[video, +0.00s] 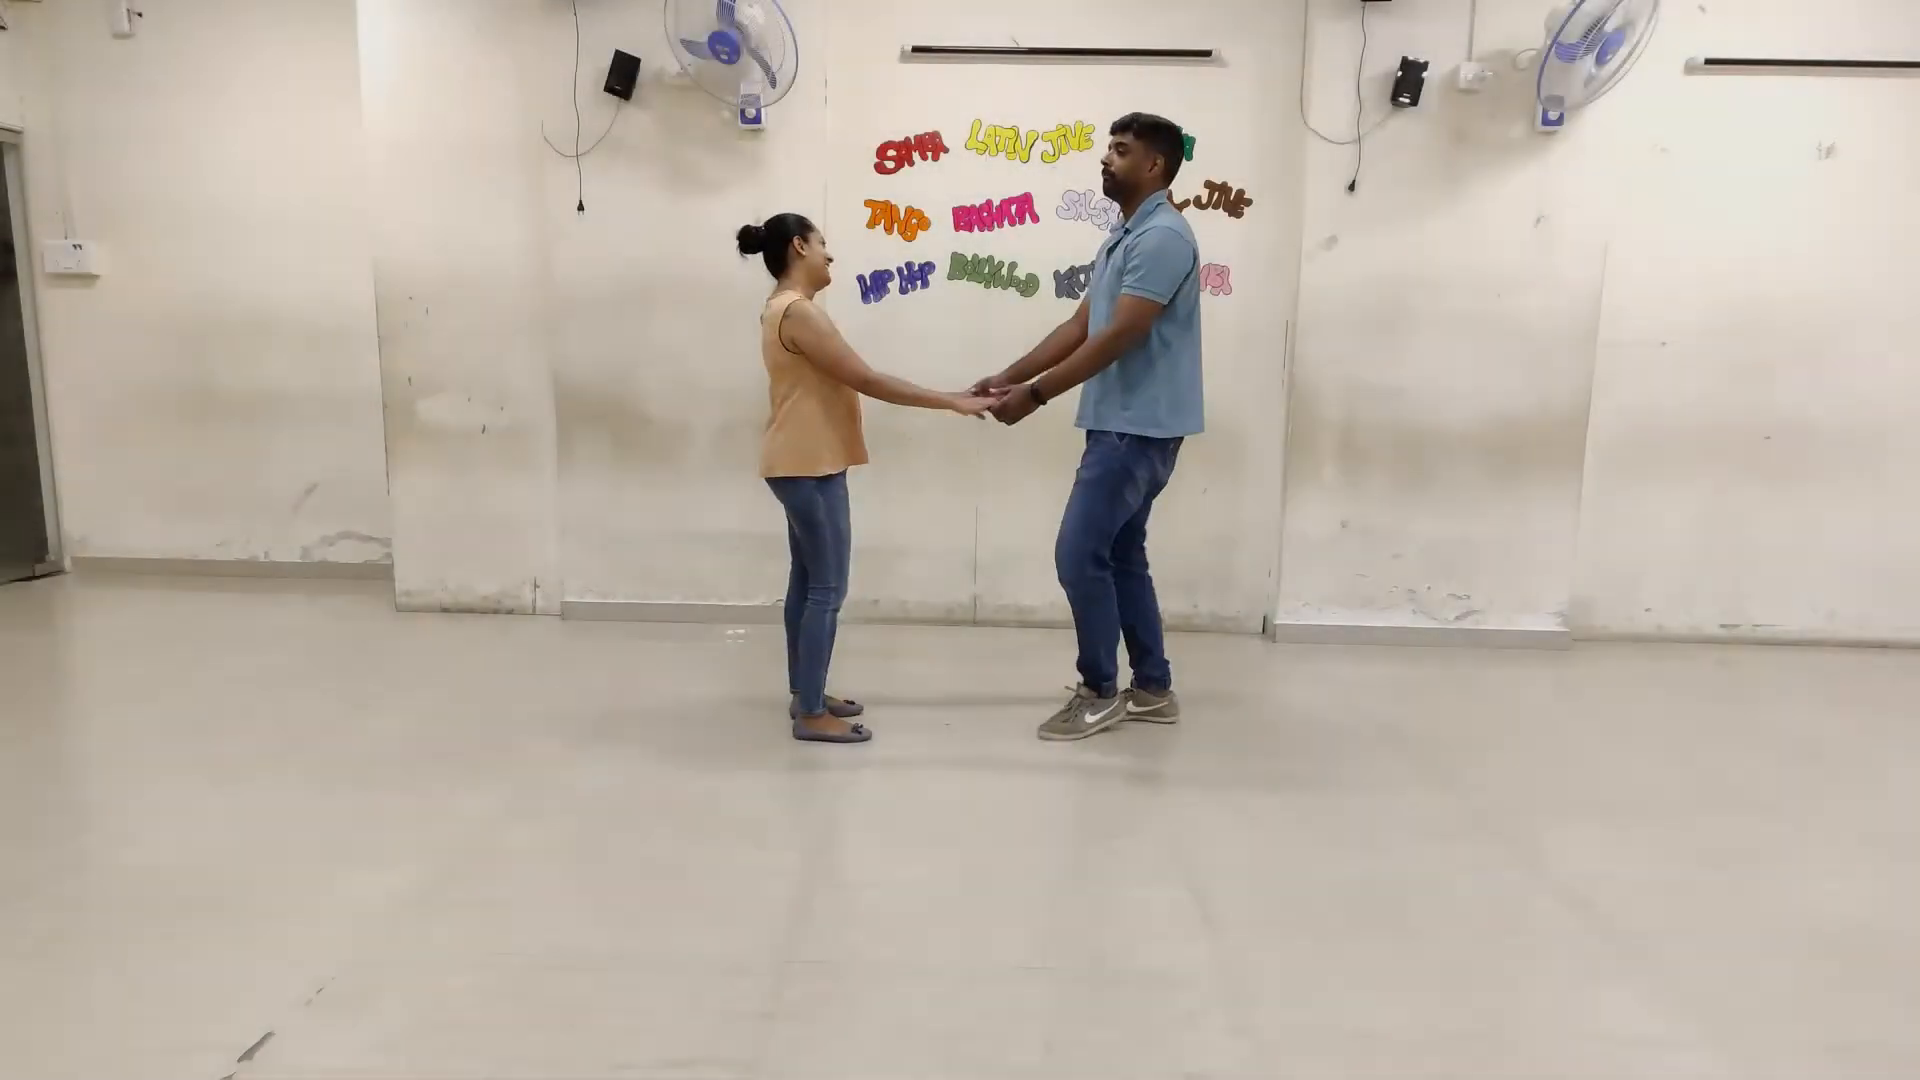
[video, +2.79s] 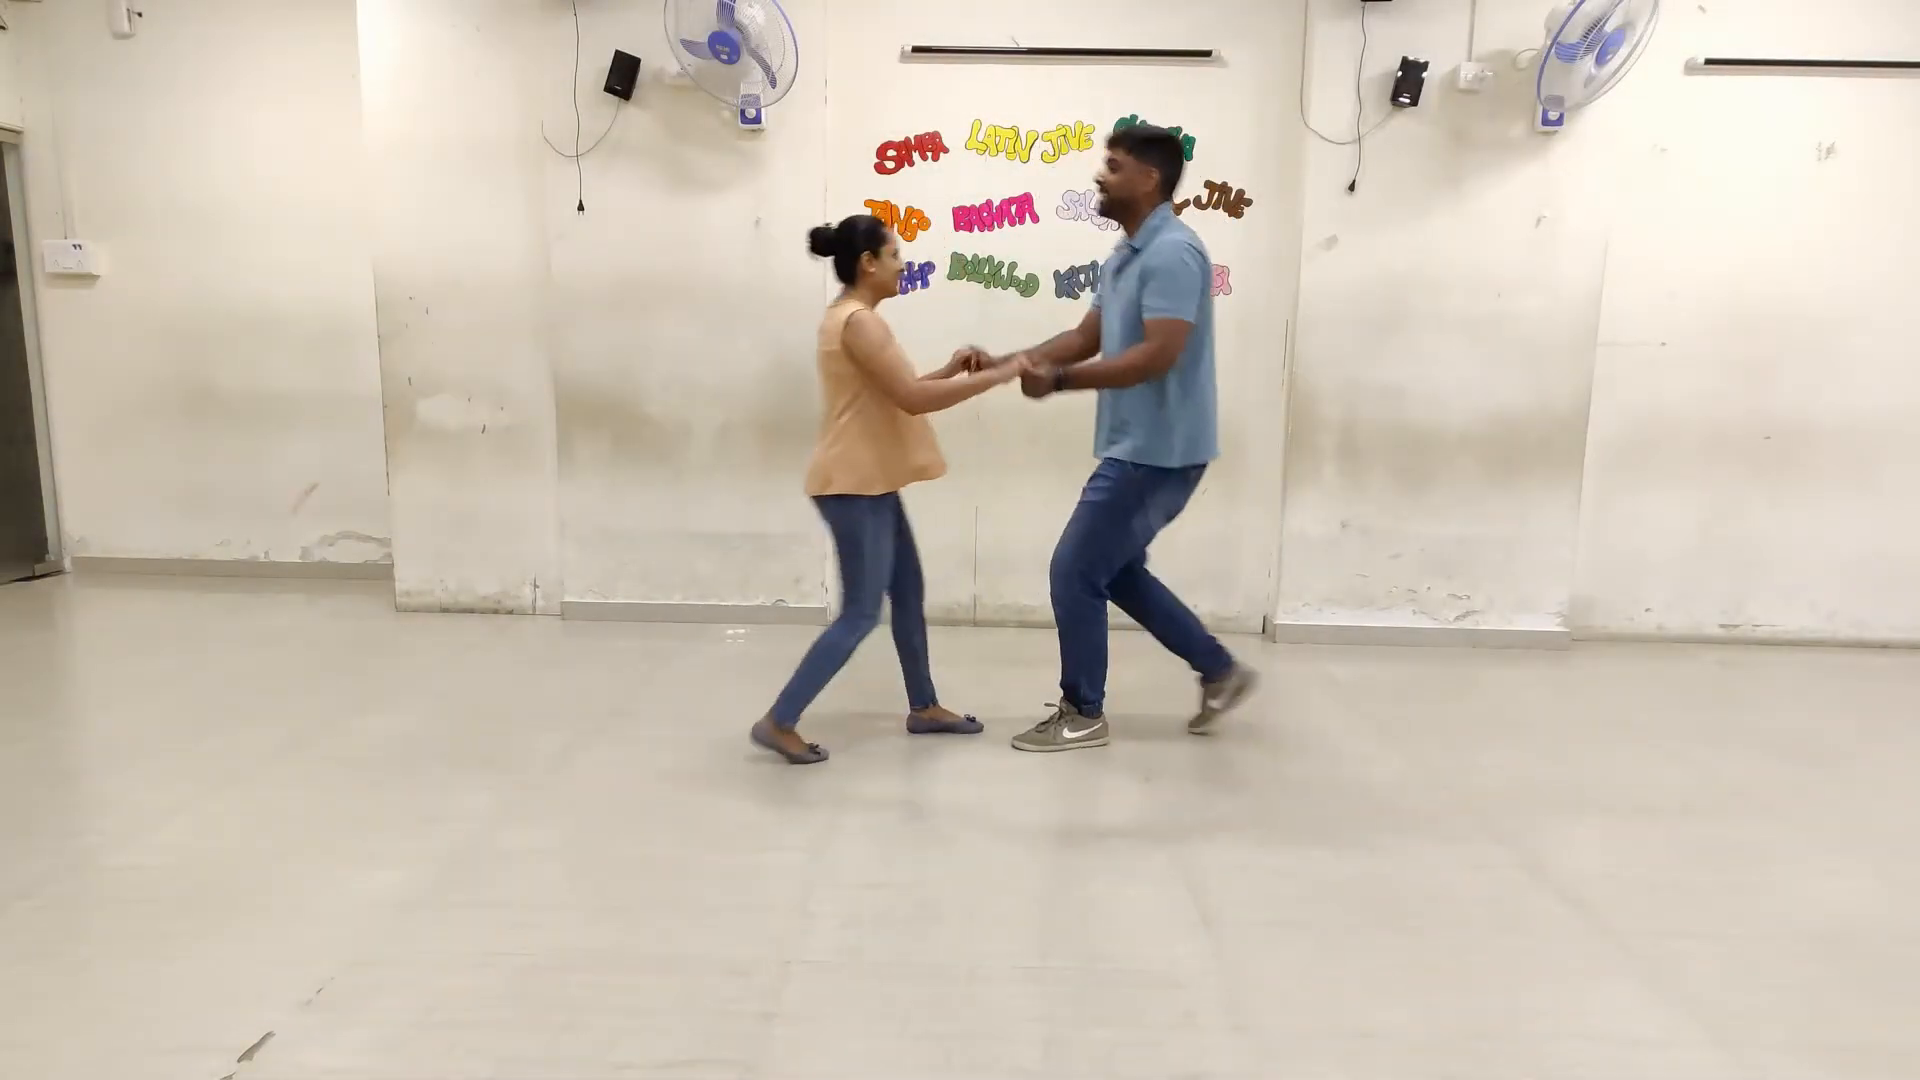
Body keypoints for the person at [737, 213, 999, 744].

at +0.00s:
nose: (830, 254)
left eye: (826, 244)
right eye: (823, 244)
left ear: (793, 251)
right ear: (800, 247)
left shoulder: (783, 310)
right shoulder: (797, 312)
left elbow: (861, 379)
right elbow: (865, 379)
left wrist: (944, 401)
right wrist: (950, 400)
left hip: (801, 463)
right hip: (812, 465)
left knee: (807, 584)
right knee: (827, 591)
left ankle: (807, 693)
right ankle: (812, 714)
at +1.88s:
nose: (847, 244)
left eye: (842, 235)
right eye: (835, 238)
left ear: (813, 251)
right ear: (806, 252)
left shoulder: (817, 305)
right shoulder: (804, 309)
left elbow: (886, 362)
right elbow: (889, 363)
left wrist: (958, 342)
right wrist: (967, 336)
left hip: (839, 468)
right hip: (806, 472)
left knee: (885, 563)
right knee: (820, 593)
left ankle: (867, 683)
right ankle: (795, 718)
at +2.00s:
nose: (873, 250)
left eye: (869, 241)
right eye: (862, 243)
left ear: (840, 257)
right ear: (832, 256)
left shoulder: (842, 312)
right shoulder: (826, 316)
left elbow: (870, 391)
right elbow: (889, 388)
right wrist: (966, 365)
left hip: (856, 476)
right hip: (822, 478)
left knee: (910, 568)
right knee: (842, 600)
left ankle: (897, 692)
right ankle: (798, 719)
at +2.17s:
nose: (919, 264)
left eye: (915, 255)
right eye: (908, 257)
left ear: (884, 271)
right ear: (879, 270)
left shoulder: (890, 335)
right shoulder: (871, 337)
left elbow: (918, 420)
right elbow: (900, 429)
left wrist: (988, 420)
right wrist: (985, 429)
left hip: (903, 493)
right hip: (869, 494)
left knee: (948, 586)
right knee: (877, 614)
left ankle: (925, 706)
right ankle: (802, 714)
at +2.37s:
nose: (961, 240)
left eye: (958, 231)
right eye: (951, 232)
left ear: (928, 245)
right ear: (922, 244)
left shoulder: (935, 306)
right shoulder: (913, 309)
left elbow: (941, 386)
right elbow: (914, 397)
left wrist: (993, 363)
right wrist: (988, 371)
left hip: (946, 467)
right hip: (921, 470)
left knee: (949, 590)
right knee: (948, 592)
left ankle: (926, 703)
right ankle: (886, 697)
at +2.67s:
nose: (944, 250)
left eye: (940, 241)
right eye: (934, 242)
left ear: (905, 252)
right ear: (907, 252)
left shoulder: (906, 310)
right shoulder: (896, 314)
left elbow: (920, 391)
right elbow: (917, 398)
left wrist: (975, 359)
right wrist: (984, 364)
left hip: (918, 472)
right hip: (896, 474)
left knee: (931, 597)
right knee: (923, 599)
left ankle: (924, 706)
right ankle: (836, 697)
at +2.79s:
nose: (903, 266)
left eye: (900, 256)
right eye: (895, 257)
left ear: (863, 264)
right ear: (868, 263)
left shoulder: (851, 319)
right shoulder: (857, 322)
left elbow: (898, 393)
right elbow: (913, 397)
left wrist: (950, 374)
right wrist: (999, 376)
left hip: (871, 484)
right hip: (853, 486)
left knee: (907, 588)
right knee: (862, 613)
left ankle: (924, 707)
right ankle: (779, 721)